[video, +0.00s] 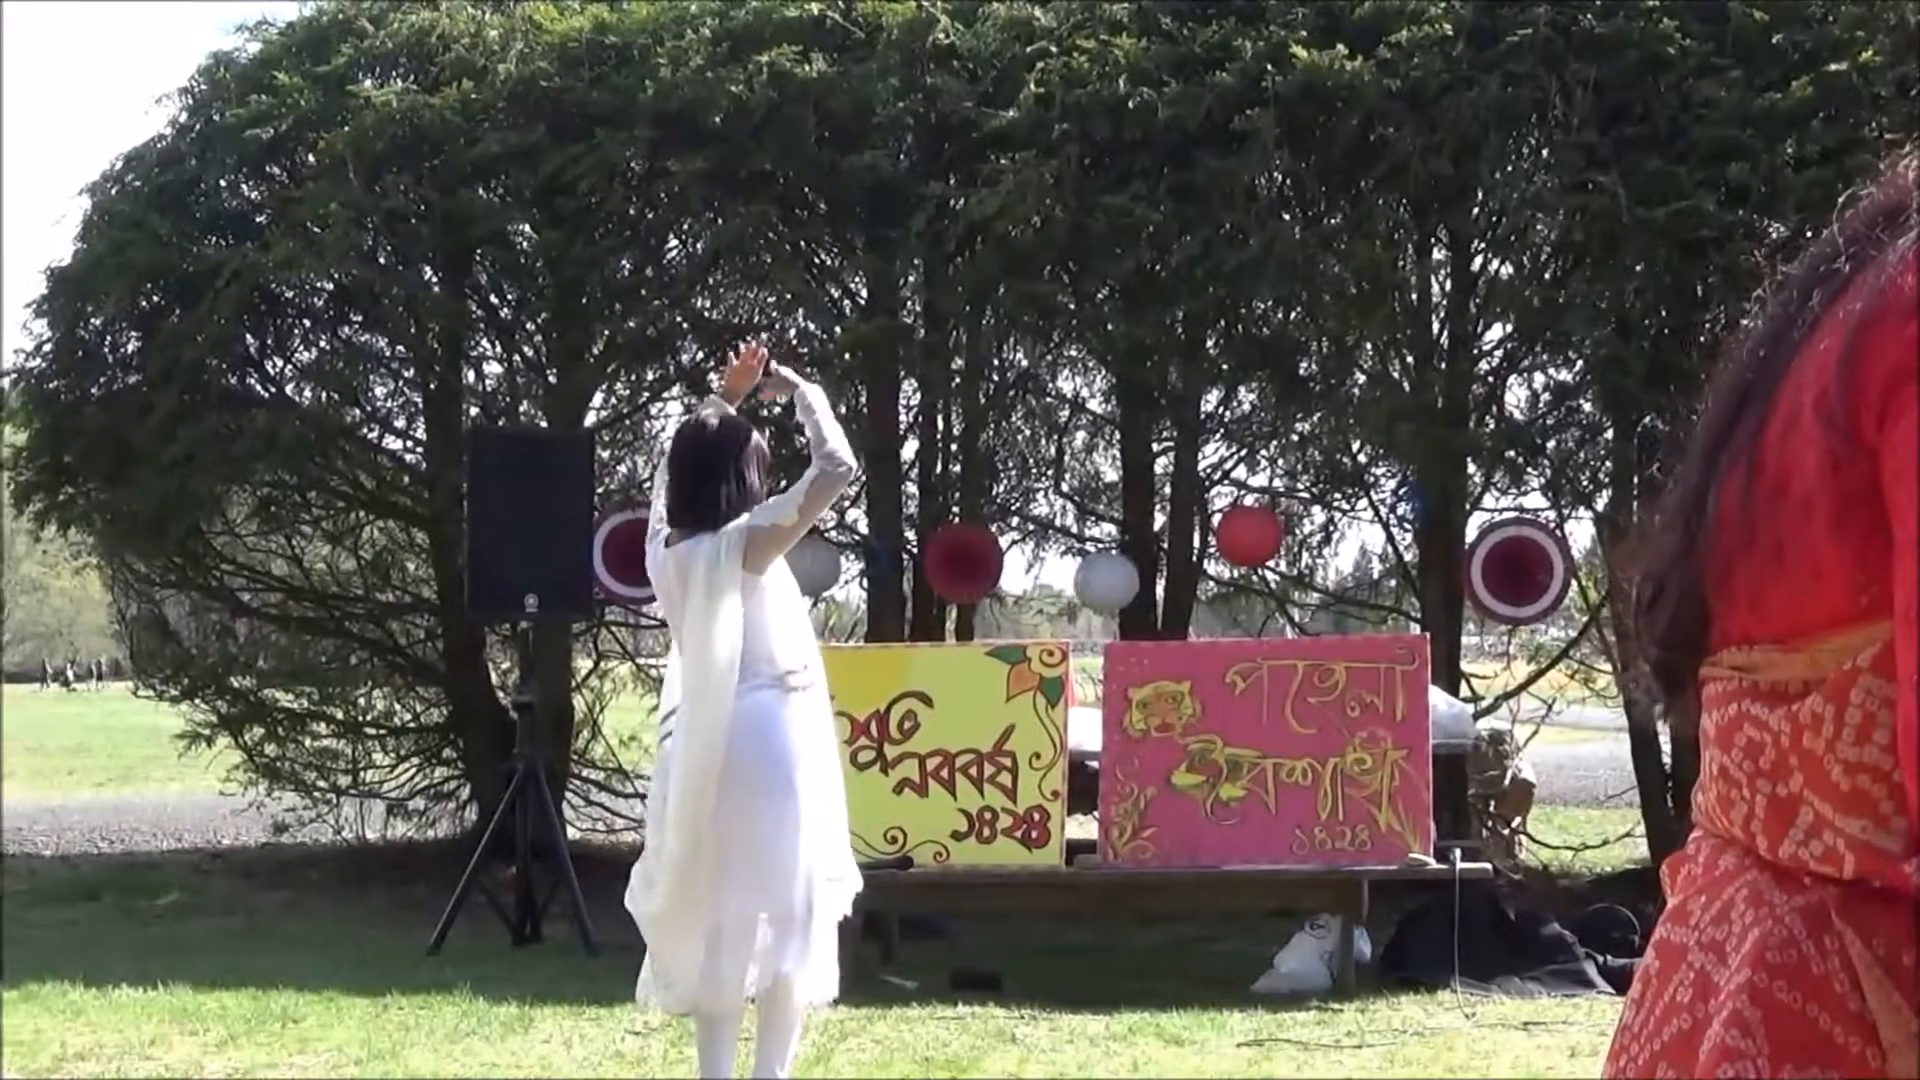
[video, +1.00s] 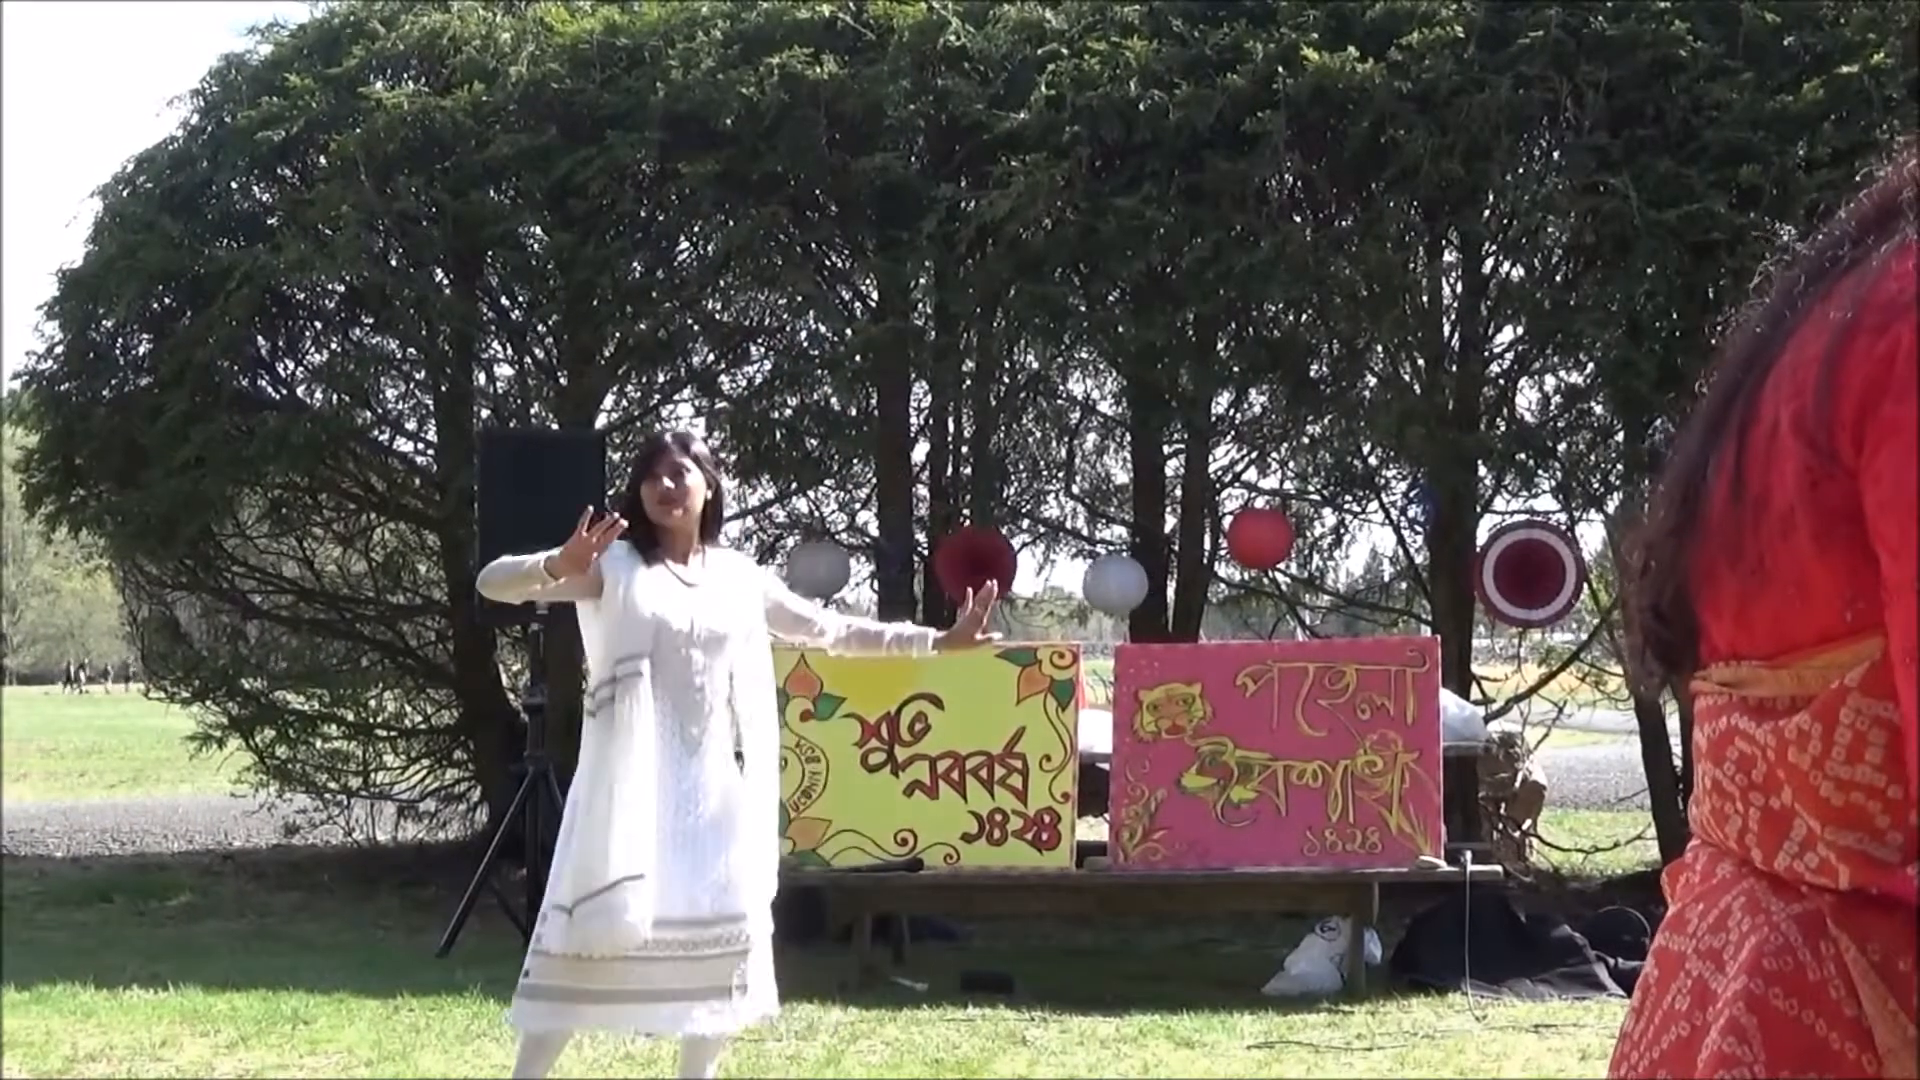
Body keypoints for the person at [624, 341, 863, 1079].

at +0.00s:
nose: (764, 479)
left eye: (762, 468)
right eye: (758, 468)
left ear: (682, 477)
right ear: (738, 475)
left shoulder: (668, 554)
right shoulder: (745, 547)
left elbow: (678, 469)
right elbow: (835, 467)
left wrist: (723, 396)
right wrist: (806, 390)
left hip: (709, 729)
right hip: (772, 727)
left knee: (721, 906)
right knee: (794, 910)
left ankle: (715, 1068)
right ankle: (772, 1069)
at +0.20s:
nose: (771, 484)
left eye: (770, 470)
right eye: (764, 470)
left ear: (690, 478)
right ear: (744, 479)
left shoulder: (694, 555)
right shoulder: (741, 550)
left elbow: (729, 473)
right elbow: (819, 474)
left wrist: (768, 406)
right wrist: (804, 407)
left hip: (735, 732)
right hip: (780, 734)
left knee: (737, 908)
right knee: (800, 910)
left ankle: (717, 1067)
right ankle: (778, 1069)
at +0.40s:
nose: (770, 483)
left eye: (770, 471)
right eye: (761, 470)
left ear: (705, 478)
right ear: (730, 476)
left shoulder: (728, 546)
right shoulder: (713, 551)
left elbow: (787, 514)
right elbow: (789, 545)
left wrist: (824, 444)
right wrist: (800, 468)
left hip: (760, 740)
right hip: (761, 744)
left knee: (753, 921)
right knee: (793, 919)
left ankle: (697, 1067)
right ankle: (774, 1070)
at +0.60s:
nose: (730, 491)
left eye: (735, 476)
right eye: (713, 481)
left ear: (749, 483)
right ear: (685, 498)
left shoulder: (757, 562)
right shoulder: (680, 571)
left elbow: (819, 559)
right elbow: (699, 638)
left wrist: (894, 520)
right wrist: (733, 550)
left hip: (767, 788)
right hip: (709, 792)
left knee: (752, 949)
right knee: (762, 942)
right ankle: (769, 1071)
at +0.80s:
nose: (699, 496)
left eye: (710, 483)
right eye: (685, 485)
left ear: (731, 496)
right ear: (663, 500)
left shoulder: (760, 574)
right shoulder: (646, 577)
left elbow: (841, 616)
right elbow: (571, 641)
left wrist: (944, 599)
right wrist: (664, 579)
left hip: (754, 782)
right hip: (674, 787)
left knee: (750, 943)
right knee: (677, 937)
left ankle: (702, 1069)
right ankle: (650, 1067)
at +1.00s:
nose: (669, 484)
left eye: (684, 471)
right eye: (656, 473)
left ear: (709, 488)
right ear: (638, 490)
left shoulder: (740, 577)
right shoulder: (610, 566)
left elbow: (833, 628)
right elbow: (490, 582)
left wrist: (948, 639)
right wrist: (554, 567)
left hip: (718, 788)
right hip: (622, 785)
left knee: (726, 953)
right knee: (572, 947)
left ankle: (696, 1074)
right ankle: (526, 1074)